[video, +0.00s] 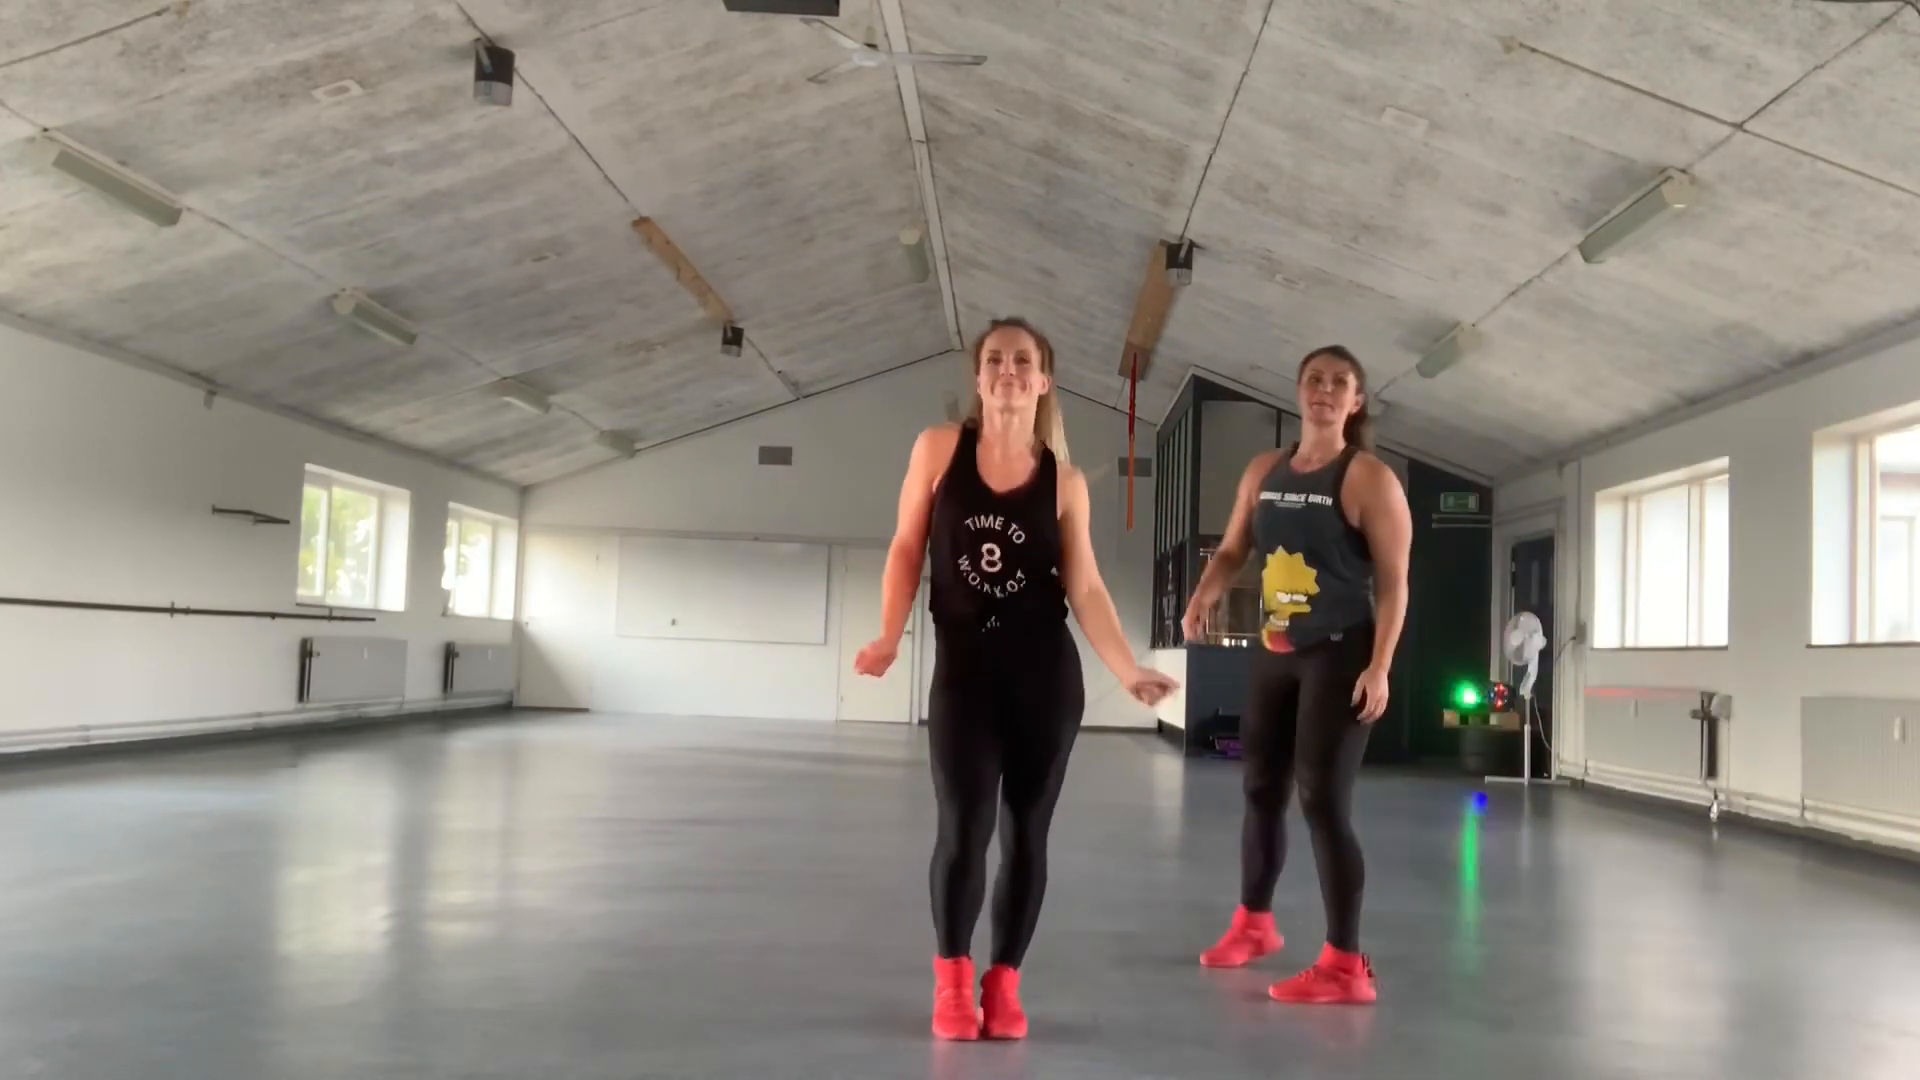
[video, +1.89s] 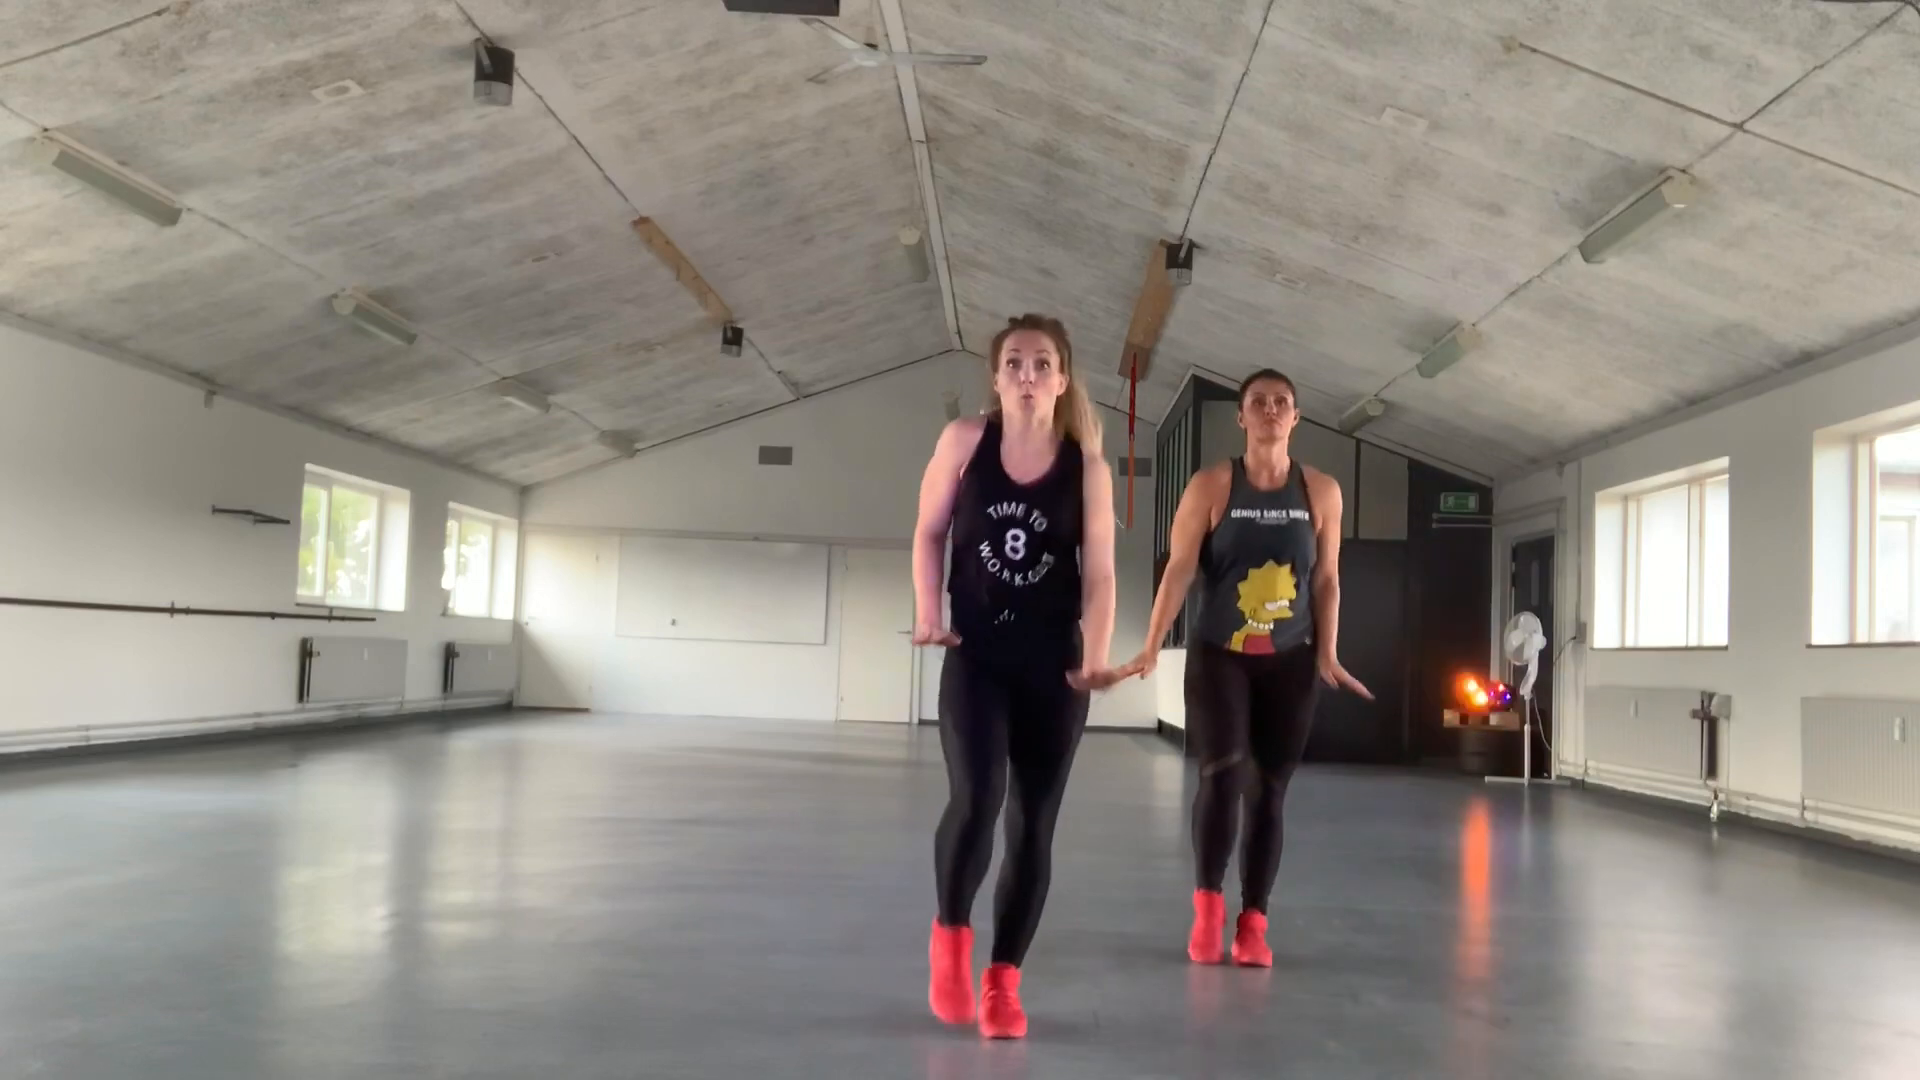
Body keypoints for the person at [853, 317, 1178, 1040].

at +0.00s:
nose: (1008, 371)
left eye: (1023, 362)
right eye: (995, 360)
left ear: (1045, 381)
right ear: (976, 376)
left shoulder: (1064, 480)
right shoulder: (939, 448)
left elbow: (1086, 587)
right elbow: (907, 548)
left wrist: (1128, 670)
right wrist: (889, 635)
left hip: (1045, 675)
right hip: (963, 672)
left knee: (1027, 834)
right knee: (965, 830)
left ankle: (1004, 981)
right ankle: (953, 978)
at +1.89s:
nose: (1027, 375)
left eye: (1042, 364)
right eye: (1015, 363)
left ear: (1063, 378)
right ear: (996, 376)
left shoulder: (1088, 467)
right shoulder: (963, 441)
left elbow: (1100, 571)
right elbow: (929, 533)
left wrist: (1095, 657)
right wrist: (929, 615)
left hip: (1053, 663)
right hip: (974, 656)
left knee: (1034, 825)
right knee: (978, 797)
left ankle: (1005, 975)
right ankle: (951, 934)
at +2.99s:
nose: (971, 364)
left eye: (986, 352)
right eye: (958, 351)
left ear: (1010, 362)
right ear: (939, 359)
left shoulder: (1037, 441)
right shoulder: (910, 425)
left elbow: (1055, 548)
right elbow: (880, 515)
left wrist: (1038, 623)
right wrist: (874, 597)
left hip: (1005, 641)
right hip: (927, 638)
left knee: (1007, 808)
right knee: (914, 792)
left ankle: (1012, 970)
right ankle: (917, 934)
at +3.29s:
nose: (910, 402)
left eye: (926, 389)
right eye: (899, 388)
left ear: (952, 402)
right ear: (883, 396)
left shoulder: (967, 491)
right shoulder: (860, 445)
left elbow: (982, 598)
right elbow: (830, 523)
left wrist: (985, 692)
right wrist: (831, 596)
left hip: (954, 661)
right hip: (879, 652)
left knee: (946, 826)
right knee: (852, 758)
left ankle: (928, 962)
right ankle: (838, 883)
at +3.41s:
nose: (879, 365)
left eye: (895, 353)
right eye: (868, 351)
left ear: (921, 361)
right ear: (851, 356)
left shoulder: (949, 431)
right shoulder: (826, 418)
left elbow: (969, 535)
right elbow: (804, 514)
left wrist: (949, 613)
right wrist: (794, 601)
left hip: (915, 636)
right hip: (835, 632)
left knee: (911, 801)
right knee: (812, 778)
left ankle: (917, 953)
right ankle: (784, 926)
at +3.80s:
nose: (801, 387)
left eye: (816, 376)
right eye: (789, 374)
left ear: (841, 384)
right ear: (773, 380)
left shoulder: (863, 466)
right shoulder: (748, 431)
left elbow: (872, 565)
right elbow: (714, 512)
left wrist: (866, 661)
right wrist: (713, 594)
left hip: (833, 651)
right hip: (757, 641)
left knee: (812, 806)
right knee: (733, 768)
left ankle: (795, 950)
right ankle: (723, 903)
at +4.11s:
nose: (738, 382)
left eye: (753, 369)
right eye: (727, 369)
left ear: (782, 377)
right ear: (710, 376)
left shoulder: (814, 451)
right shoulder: (688, 446)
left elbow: (820, 552)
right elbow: (657, 541)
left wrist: (797, 618)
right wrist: (622, 637)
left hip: (761, 652)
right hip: (686, 645)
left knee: (742, 808)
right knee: (656, 793)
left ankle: (757, 950)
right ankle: (690, 952)